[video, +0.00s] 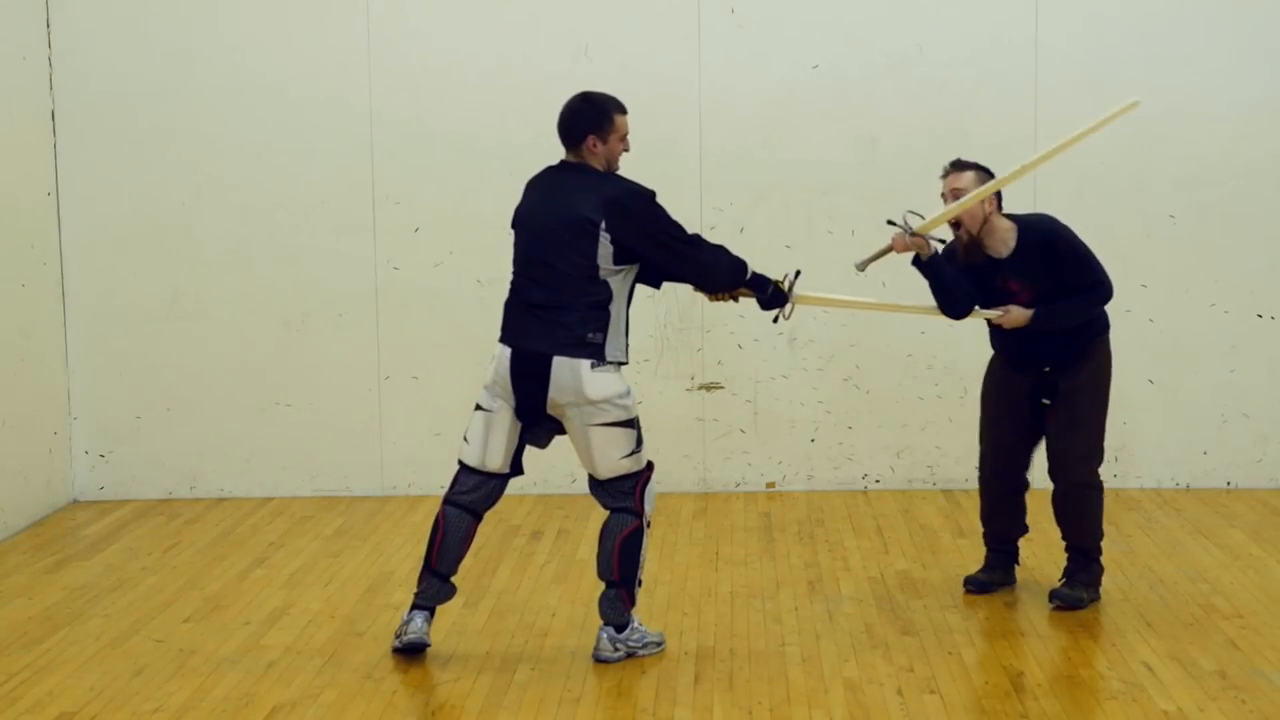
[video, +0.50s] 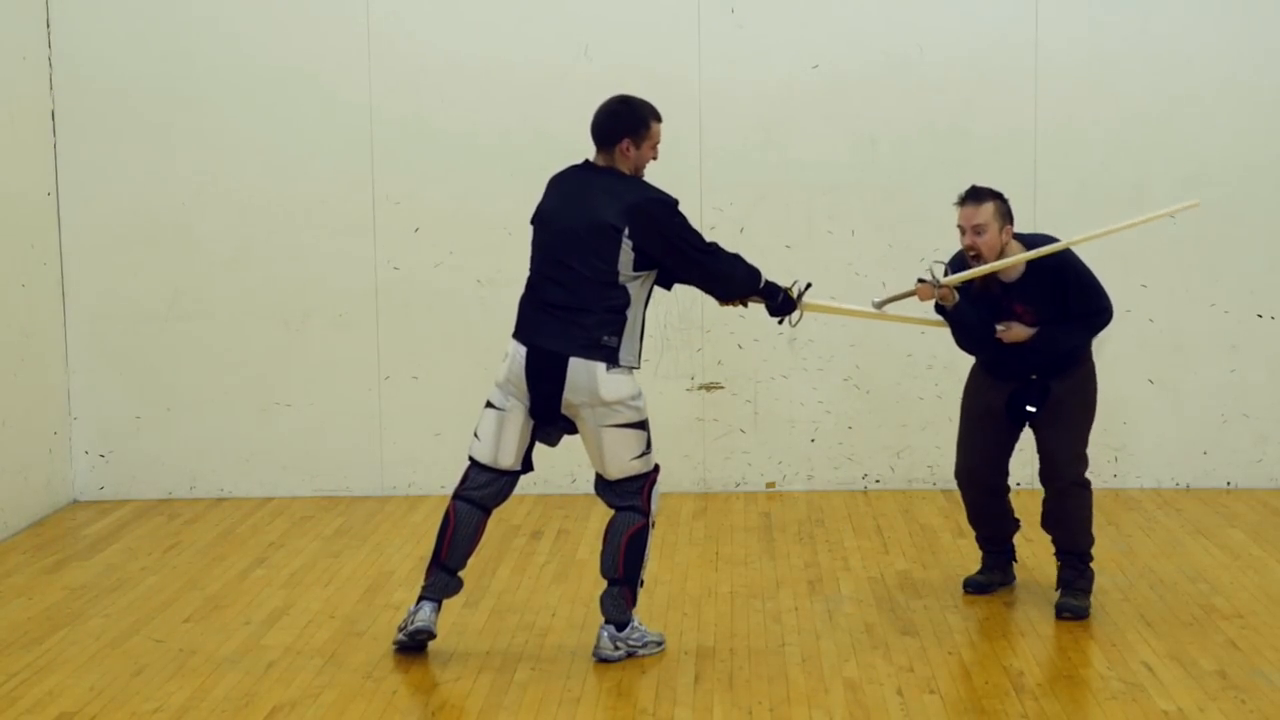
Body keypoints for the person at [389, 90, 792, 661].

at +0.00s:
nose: (626, 148)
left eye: (625, 137)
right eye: (622, 138)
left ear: (575, 141)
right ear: (594, 141)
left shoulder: (537, 190)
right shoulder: (621, 199)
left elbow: (617, 258)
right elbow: (690, 253)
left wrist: (695, 275)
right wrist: (757, 282)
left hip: (516, 362)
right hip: (588, 370)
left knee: (472, 485)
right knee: (626, 495)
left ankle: (420, 613)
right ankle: (617, 628)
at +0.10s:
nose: (630, 149)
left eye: (629, 139)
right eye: (625, 140)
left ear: (579, 141)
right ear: (599, 141)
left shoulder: (541, 190)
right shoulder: (625, 201)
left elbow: (619, 258)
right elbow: (692, 254)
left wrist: (697, 277)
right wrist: (760, 283)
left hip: (517, 362)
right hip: (589, 370)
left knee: (473, 485)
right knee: (627, 495)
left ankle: (421, 613)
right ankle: (616, 627)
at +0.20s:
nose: (635, 149)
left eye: (635, 139)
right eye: (631, 139)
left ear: (583, 142)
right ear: (604, 143)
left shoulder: (545, 190)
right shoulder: (628, 202)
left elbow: (627, 257)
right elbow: (696, 255)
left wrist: (706, 280)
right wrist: (763, 283)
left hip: (520, 362)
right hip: (592, 371)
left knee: (474, 485)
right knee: (628, 495)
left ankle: (422, 612)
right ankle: (617, 627)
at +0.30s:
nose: (641, 152)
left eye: (641, 142)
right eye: (637, 143)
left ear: (591, 144)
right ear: (610, 143)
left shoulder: (550, 188)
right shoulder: (633, 202)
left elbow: (632, 257)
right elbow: (700, 257)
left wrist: (709, 282)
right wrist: (764, 283)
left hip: (523, 362)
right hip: (595, 372)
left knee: (477, 484)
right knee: (630, 496)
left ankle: (423, 610)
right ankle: (617, 627)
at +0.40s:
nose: (649, 152)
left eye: (649, 143)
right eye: (646, 143)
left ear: (599, 145)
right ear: (619, 145)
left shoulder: (555, 188)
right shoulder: (639, 204)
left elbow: (635, 257)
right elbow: (703, 258)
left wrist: (711, 282)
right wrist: (765, 285)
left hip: (526, 361)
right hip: (599, 373)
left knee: (479, 483)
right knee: (631, 496)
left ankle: (425, 608)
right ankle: (618, 627)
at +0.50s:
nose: (655, 156)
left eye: (656, 146)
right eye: (652, 146)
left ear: (608, 144)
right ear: (627, 145)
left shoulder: (561, 186)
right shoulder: (644, 205)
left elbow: (643, 256)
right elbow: (704, 259)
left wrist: (716, 285)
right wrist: (767, 288)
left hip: (527, 359)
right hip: (600, 371)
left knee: (481, 481)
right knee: (632, 496)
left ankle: (427, 605)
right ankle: (617, 627)